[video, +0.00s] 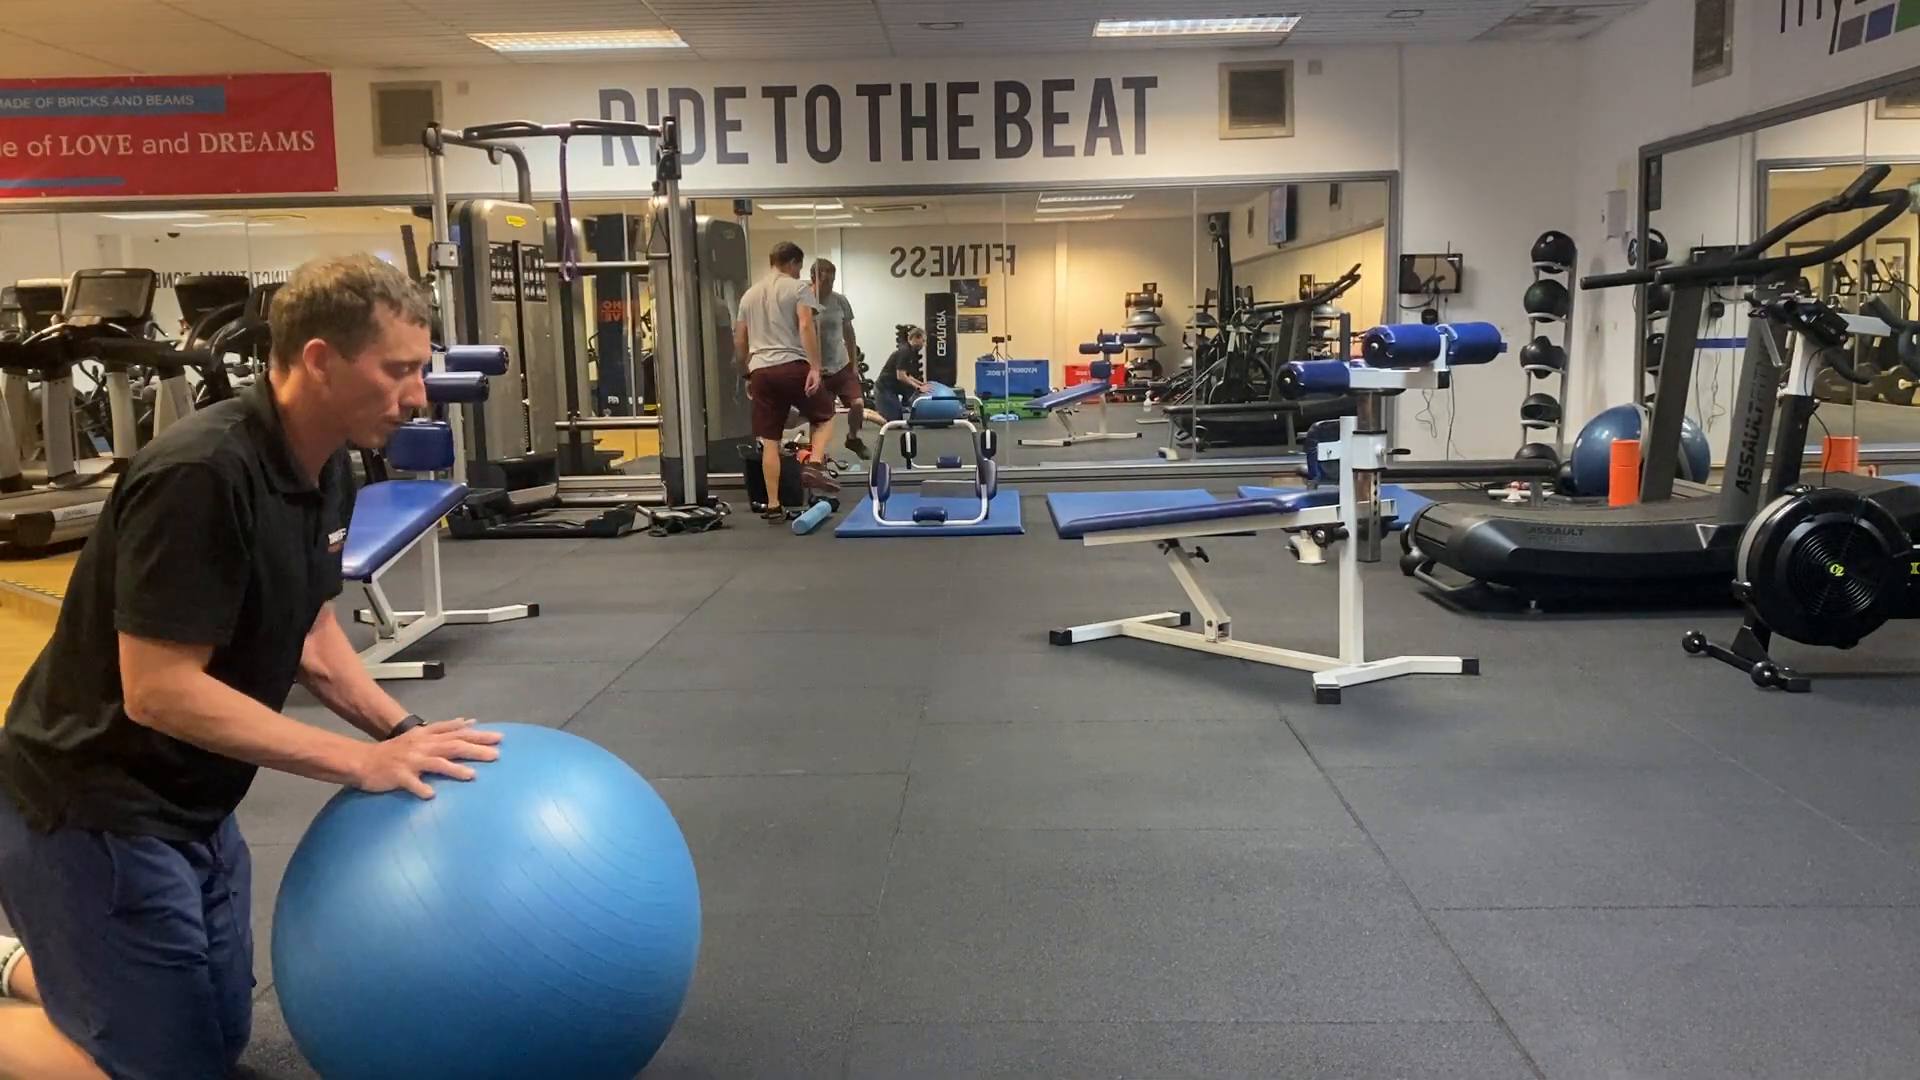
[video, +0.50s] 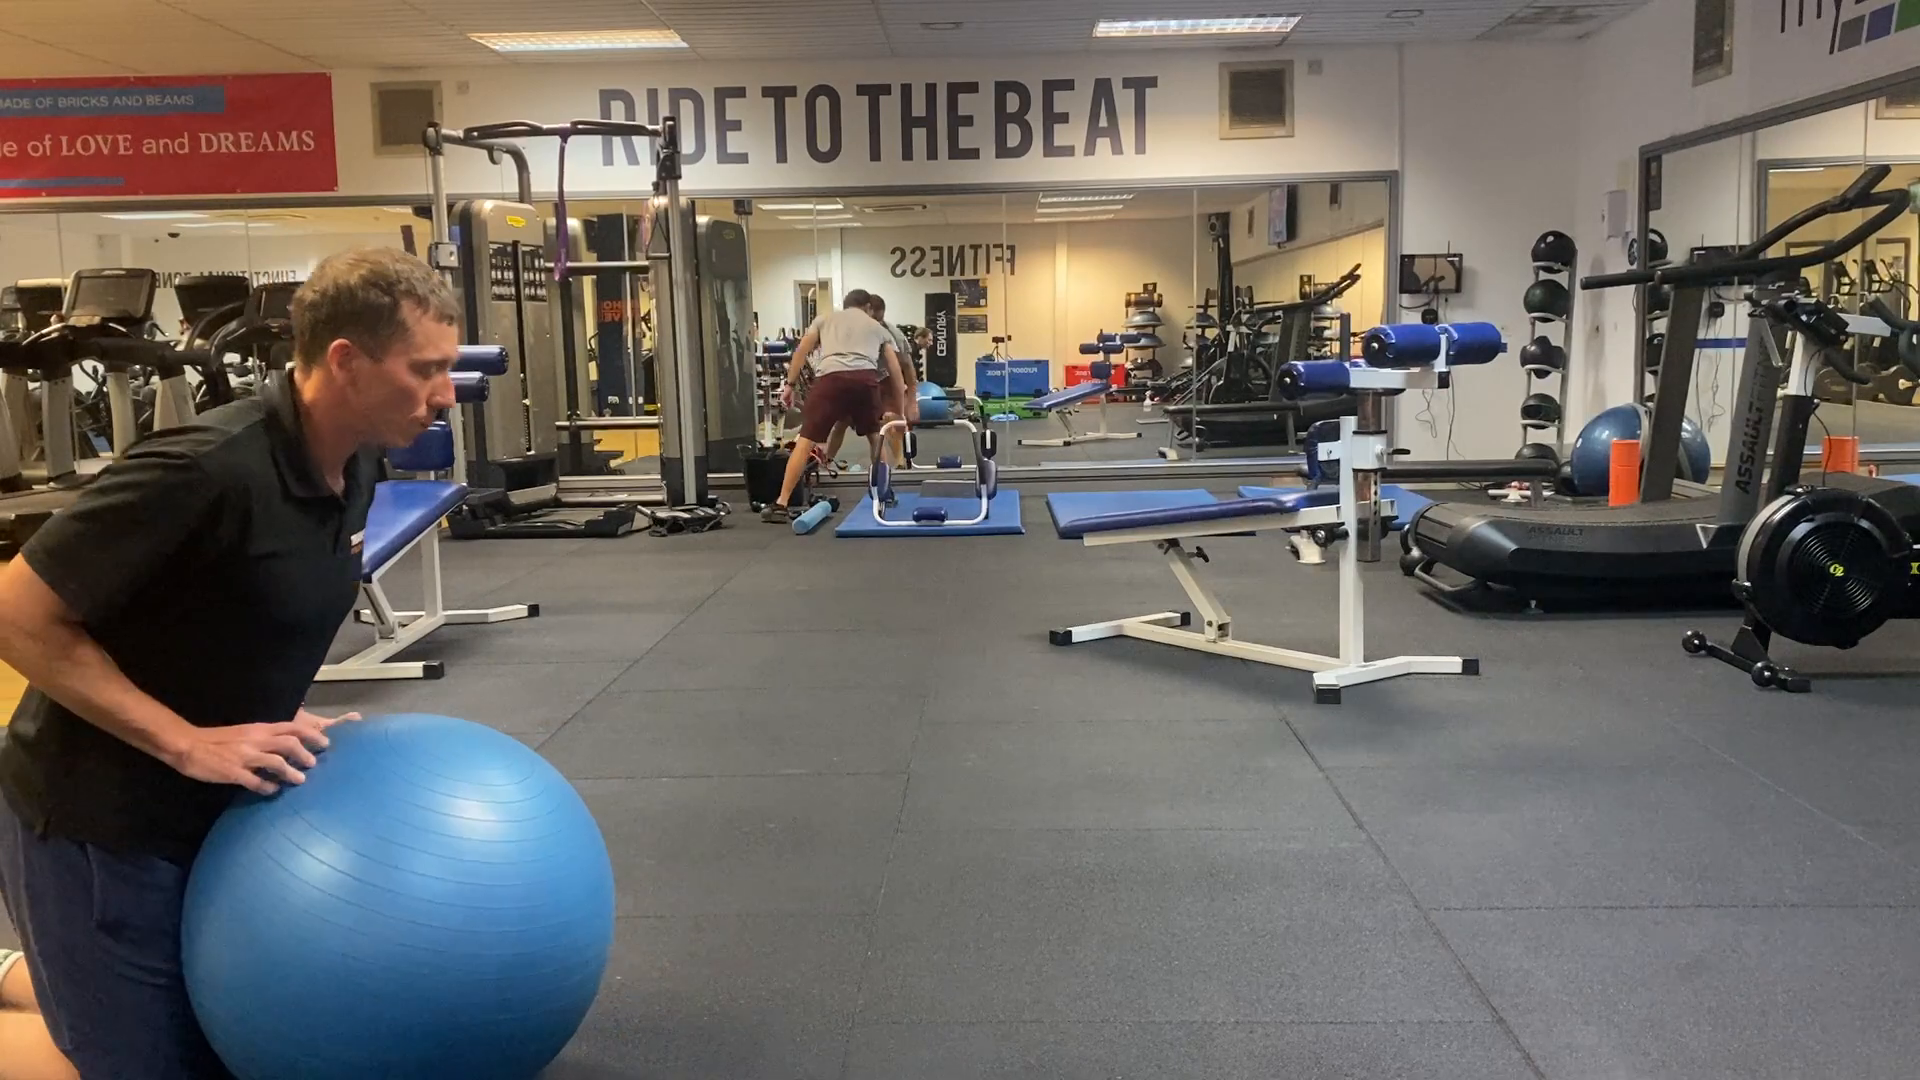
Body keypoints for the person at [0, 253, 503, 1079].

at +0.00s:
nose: (418, 395)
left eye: (421, 372)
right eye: (400, 371)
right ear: (317, 362)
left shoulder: (327, 467)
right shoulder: (198, 475)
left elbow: (304, 621)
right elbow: (157, 692)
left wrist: (398, 732)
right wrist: (361, 759)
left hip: (193, 798)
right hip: (89, 812)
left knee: (214, 1035)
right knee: (166, 1066)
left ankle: (17, 970)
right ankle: (3, 1014)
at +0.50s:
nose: (447, 396)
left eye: (449, 370)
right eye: (427, 370)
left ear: (351, 366)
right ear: (345, 362)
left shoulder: (350, 465)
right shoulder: (200, 467)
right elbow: (19, 607)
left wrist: (275, 721)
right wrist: (185, 740)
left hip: (212, 815)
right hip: (95, 832)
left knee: (224, 1046)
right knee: (140, 1063)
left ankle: (17, 980)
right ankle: (6, 991)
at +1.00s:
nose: (840, 606)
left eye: (847, 586)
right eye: (832, 585)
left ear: (764, 561)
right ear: (759, 562)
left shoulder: (693, 609)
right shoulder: (641, 634)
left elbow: (725, 740)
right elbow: (564, 829)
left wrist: (844, 824)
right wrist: (766, 913)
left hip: (333, 777)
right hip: (296, 804)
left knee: (185, 1006)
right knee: (148, 1066)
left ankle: (0, 973)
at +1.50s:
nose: (1147, 806)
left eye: (1162, 789)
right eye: (1156, 788)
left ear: (1108, 705)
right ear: (1116, 740)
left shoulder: (1012, 694)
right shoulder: (991, 767)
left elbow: (983, 904)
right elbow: (996, 997)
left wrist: (1037, 1005)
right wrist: (1063, 1066)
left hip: (640, 678)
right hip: (621, 722)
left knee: (319, 793)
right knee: (305, 829)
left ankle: (52, 792)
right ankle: (29, 860)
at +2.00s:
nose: (1406, 750)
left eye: (1418, 732)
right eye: (1413, 731)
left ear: (1359, 668)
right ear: (1368, 694)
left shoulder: (1263, 684)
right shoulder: (1233, 732)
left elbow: (1278, 874)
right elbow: (1113, 943)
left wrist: (1346, 1013)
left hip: (877, 684)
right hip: (867, 728)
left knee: (565, 752)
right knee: (542, 812)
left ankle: (257, 795)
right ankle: (193, 886)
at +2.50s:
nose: (1659, 740)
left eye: (1669, 717)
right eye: (1668, 716)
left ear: (1583, 653)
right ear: (1622, 690)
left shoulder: (1447, 674)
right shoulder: (1515, 745)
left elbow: (1334, 844)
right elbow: (1595, 980)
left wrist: (1349, 1008)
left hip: (1099, 712)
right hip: (1094, 751)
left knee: (774, 733)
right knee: (764, 771)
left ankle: (475, 714)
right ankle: (436, 748)